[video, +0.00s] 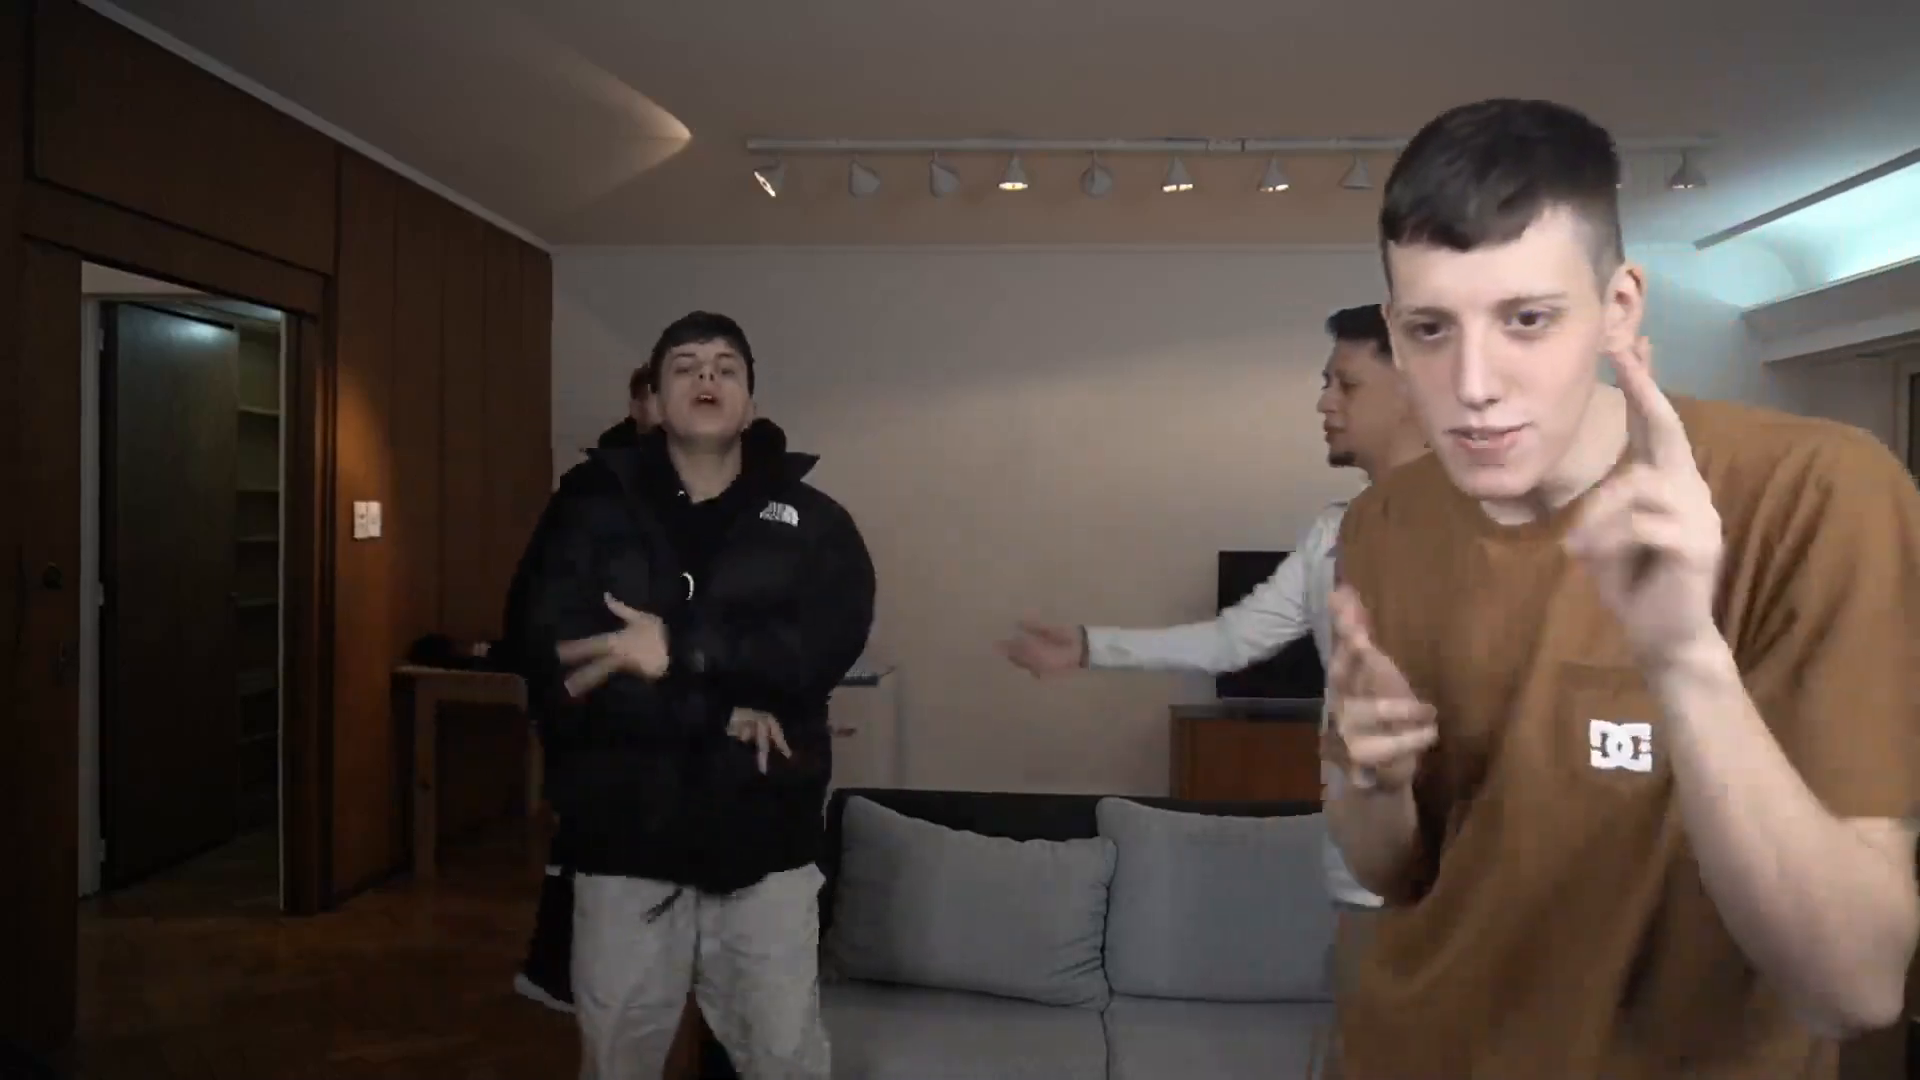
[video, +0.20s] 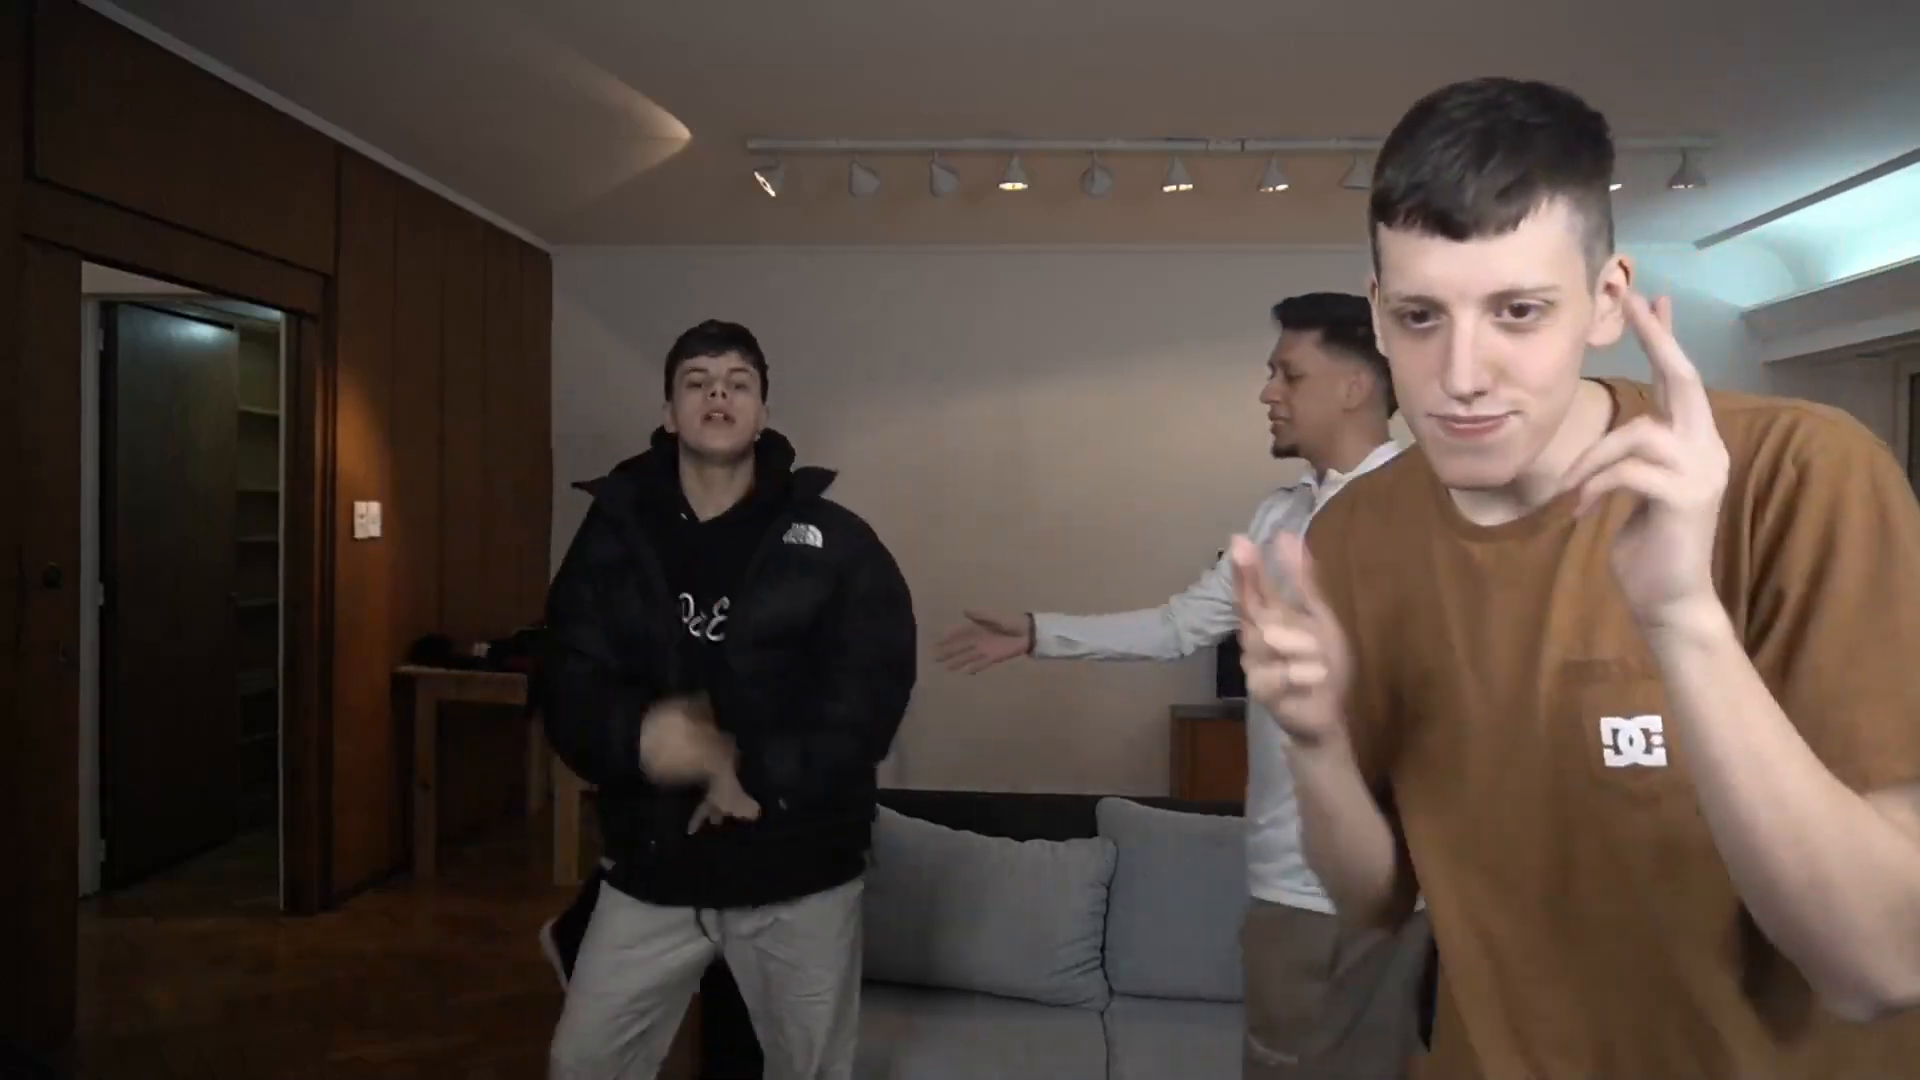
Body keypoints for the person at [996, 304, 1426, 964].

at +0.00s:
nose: (1323, 405)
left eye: (1344, 384)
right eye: (1328, 384)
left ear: (1411, 389)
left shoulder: (1480, 528)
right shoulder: (1333, 538)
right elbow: (1233, 640)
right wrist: (1088, 648)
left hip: (1485, 866)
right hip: (1369, 875)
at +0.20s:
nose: (1268, 393)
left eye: (1289, 373)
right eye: (1272, 374)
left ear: (1357, 386)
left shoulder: (1420, 514)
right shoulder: (1281, 519)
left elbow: (1458, 693)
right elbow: (1181, 627)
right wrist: (1034, 634)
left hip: (1385, 875)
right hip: (1291, 867)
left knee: (1341, 1063)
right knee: (1285, 1057)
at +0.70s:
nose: (1133, 404)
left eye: (1150, 383)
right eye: (1137, 383)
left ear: (1217, 389)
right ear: (1208, 390)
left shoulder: (1291, 514)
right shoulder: (1166, 511)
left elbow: (1326, 736)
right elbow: (1125, 646)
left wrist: (1215, 868)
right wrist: (993, 683)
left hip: (1242, 906)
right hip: (1146, 882)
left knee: (1229, 1074)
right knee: (1138, 1064)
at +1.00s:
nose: (1072, 407)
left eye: (1089, 387)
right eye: (1075, 385)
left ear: (1155, 394)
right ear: (1145, 396)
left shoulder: (1234, 531)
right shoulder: (1112, 503)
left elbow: (1283, 717)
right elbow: (1123, 683)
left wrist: (1278, 885)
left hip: (1182, 897)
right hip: (1079, 863)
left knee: (1172, 1069)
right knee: (1054, 1042)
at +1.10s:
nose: (1052, 406)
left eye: (1071, 386)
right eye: (1056, 384)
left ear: (1135, 397)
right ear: (1127, 397)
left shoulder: (1207, 530)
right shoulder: (1084, 508)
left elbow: (1271, 715)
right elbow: (1097, 680)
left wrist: (1271, 904)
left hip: (1164, 898)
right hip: (1063, 870)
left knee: (1159, 1070)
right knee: (1057, 1055)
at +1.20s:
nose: (1034, 404)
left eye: (1053, 385)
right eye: (1036, 383)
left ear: (1117, 395)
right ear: (1106, 396)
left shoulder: (1176, 520)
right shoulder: (1066, 504)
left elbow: (1239, 697)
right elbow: (1087, 667)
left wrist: (1242, 877)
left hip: (1135, 882)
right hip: (1048, 859)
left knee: (1137, 1066)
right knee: (1049, 1053)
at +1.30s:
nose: (1017, 401)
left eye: (1035, 383)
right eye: (1018, 382)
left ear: (1099, 393)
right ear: (1082, 394)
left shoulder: (1151, 512)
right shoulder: (1053, 501)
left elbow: (1198, 692)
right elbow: (1052, 669)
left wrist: (1186, 867)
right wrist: (1008, 788)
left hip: (1109, 867)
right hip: (1029, 852)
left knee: (1120, 1063)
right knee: (1041, 1047)